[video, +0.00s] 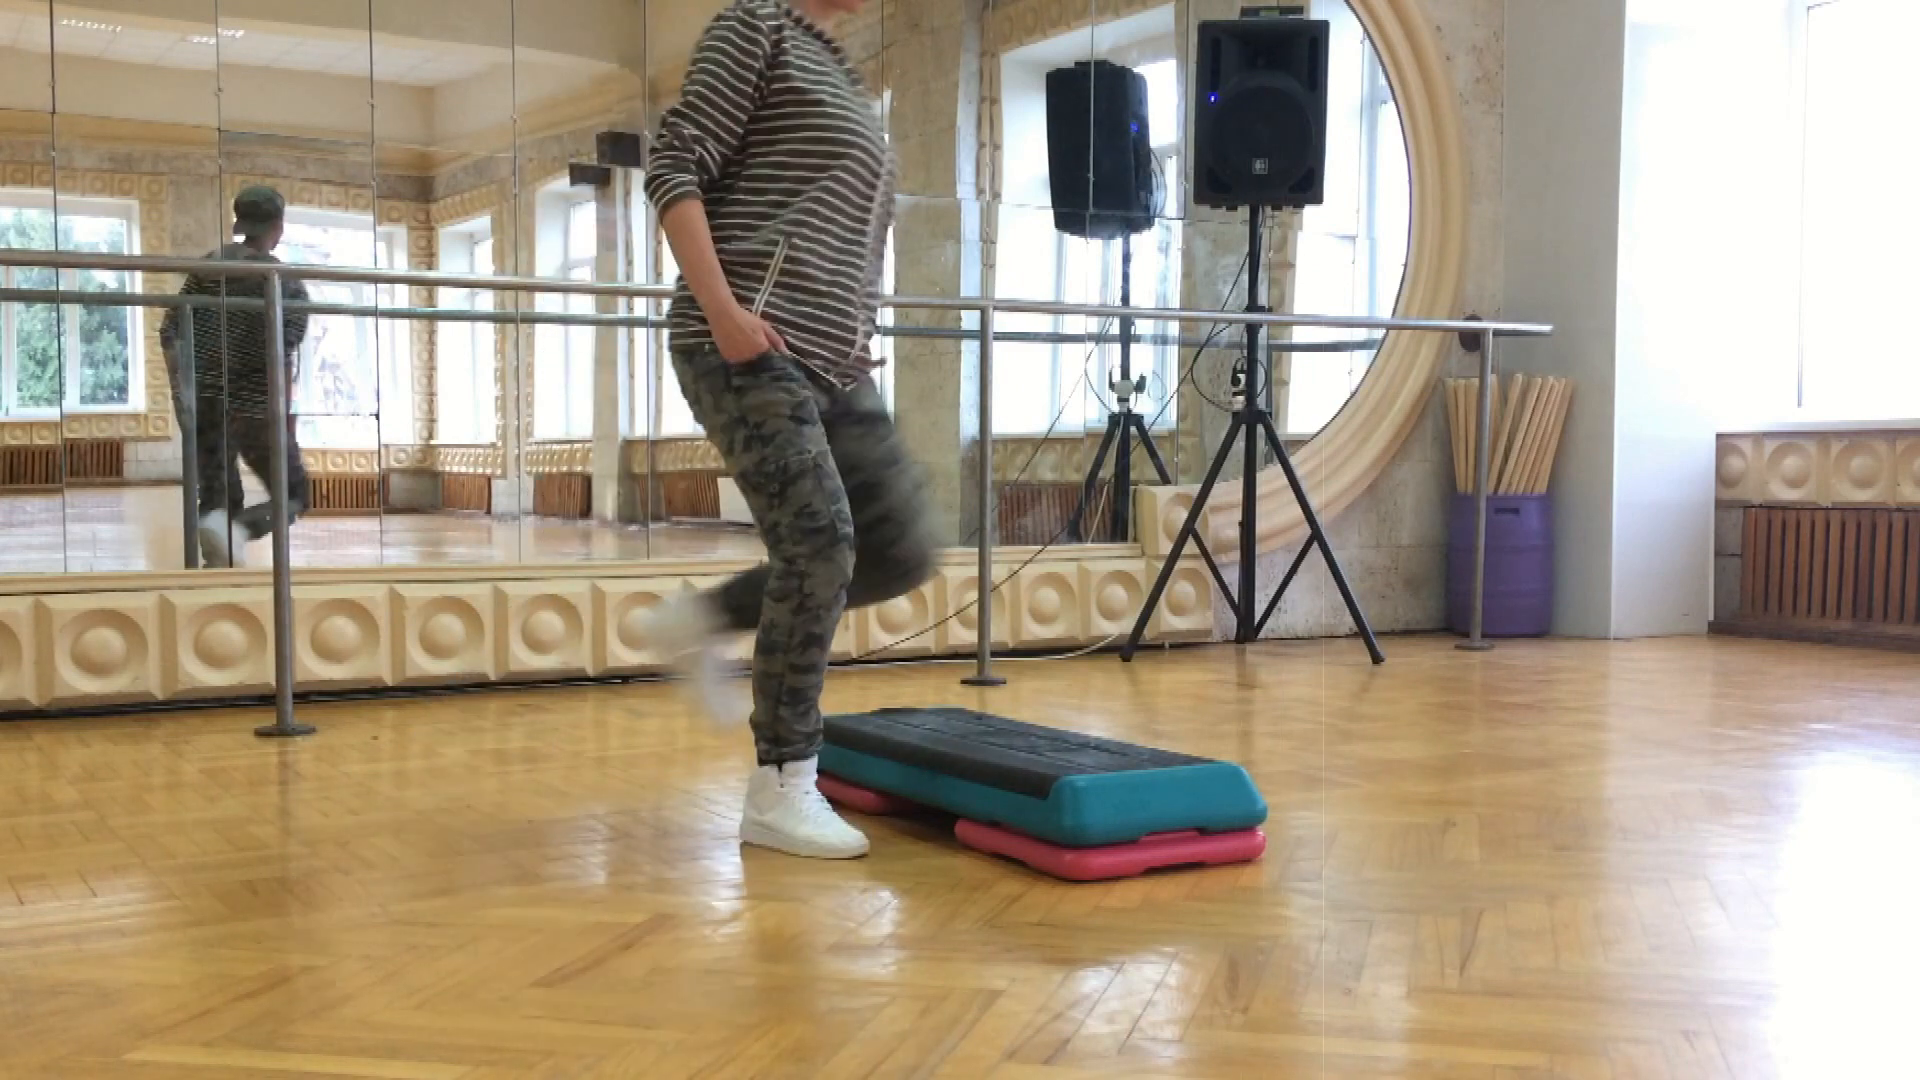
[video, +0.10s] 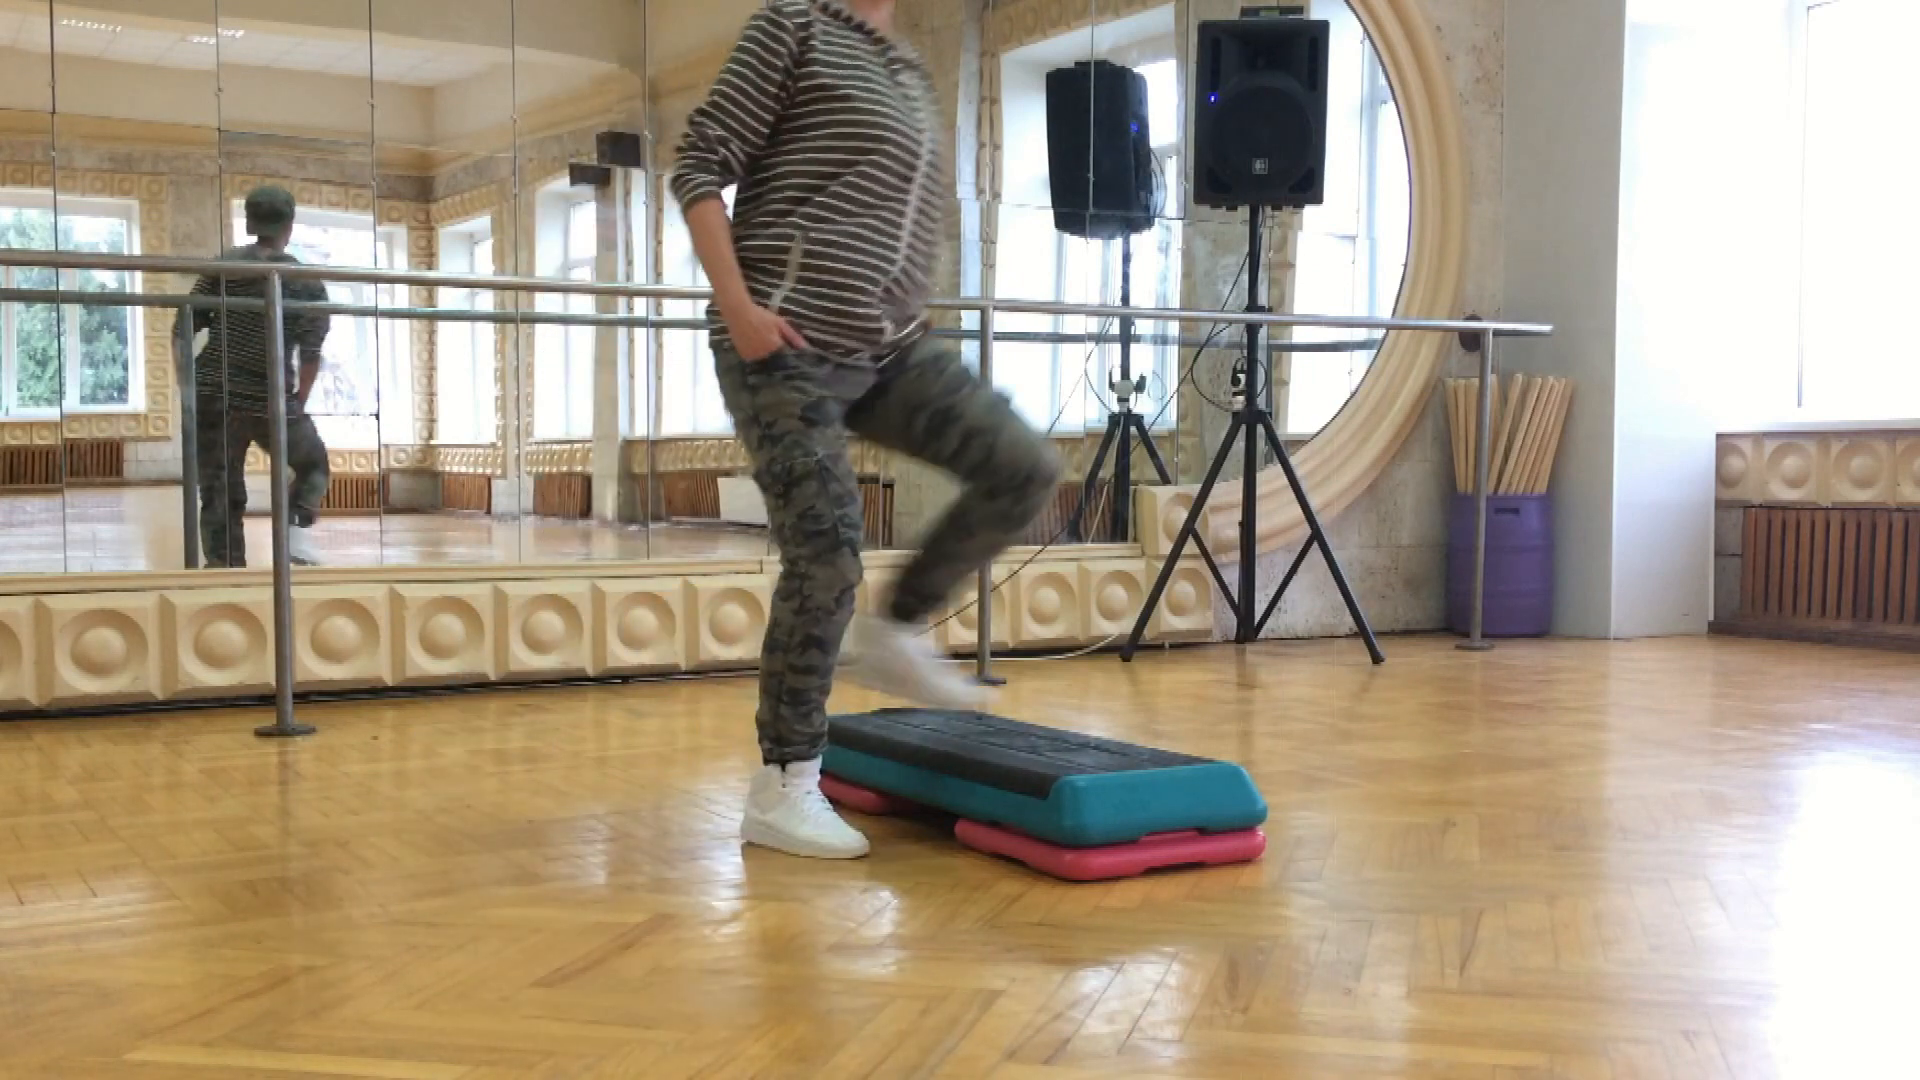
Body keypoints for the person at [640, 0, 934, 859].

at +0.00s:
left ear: (854, 4)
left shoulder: (852, 83)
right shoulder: (754, 28)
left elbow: (830, 230)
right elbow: (672, 167)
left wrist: (852, 333)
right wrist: (721, 309)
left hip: (833, 359)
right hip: (749, 342)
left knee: (897, 550)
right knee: (817, 544)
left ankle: (695, 619)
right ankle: (781, 786)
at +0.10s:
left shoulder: (914, 73)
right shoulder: (792, 27)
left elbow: (920, 213)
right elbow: (698, 169)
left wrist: (911, 305)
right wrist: (737, 307)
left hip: (889, 350)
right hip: (786, 349)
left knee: (1022, 471)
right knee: (826, 557)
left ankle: (890, 630)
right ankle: (783, 784)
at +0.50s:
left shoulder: (1160, 7)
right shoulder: (954, 10)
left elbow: (1193, 125)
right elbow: (924, 142)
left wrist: (1201, 250)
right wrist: (946, 271)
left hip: (1148, 279)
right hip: (1015, 287)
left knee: (1170, 468)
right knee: (1004, 470)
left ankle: (1096, 686)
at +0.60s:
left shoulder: (1201, 7)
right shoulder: (993, 16)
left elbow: (1235, 130)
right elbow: (978, 162)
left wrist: (1245, 254)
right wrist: (1003, 292)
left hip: (1192, 292)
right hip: (1068, 310)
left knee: (1179, 484)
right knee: (1087, 523)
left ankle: (1094, 690)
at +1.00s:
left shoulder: (1332, 31)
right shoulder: (1141, 86)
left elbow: (1398, 162)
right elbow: (1147, 232)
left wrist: (1404, 291)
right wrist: (1166, 355)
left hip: (1349, 332)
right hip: (1227, 372)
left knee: (1396, 496)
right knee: (1272, 569)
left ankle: (1345, 715)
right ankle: (1324, 743)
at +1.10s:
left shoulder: (1375, 27)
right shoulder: (1171, 73)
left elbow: (1418, 164)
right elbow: (1166, 229)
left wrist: (1435, 294)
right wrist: (1189, 355)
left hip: (1388, 346)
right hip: (1259, 376)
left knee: (1440, 534)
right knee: (1290, 572)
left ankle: (1404, 783)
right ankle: (1326, 737)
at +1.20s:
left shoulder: (1404, 25)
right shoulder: (1210, 55)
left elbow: (1431, 167)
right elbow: (1183, 226)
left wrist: (1467, 285)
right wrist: (1238, 359)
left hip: (1432, 347)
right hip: (1304, 370)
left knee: (1470, 554)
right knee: (1333, 589)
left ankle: (1411, 787)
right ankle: (1308, 706)